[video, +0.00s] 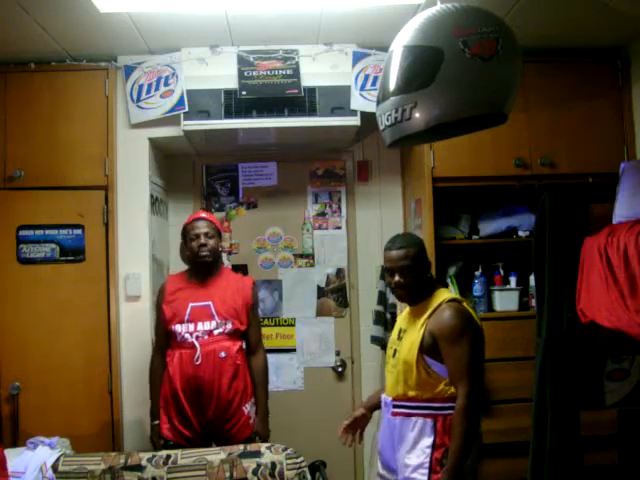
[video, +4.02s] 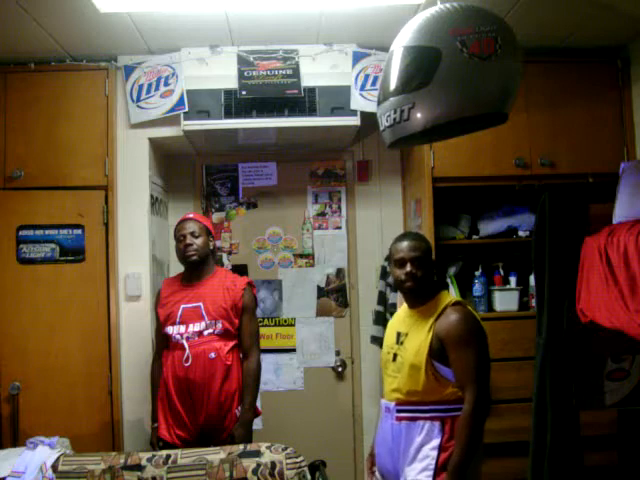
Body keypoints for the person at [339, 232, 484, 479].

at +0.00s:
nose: (397, 281)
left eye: (406, 272)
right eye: (390, 273)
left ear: (426, 268)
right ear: (384, 273)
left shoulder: (450, 318)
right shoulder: (408, 311)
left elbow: (467, 395)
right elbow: (406, 380)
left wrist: (450, 469)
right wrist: (367, 407)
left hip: (428, 446)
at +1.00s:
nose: (382, 272)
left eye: (388, 264)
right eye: (384, 264)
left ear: (410, 268)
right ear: (409, 268)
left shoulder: (458, 319)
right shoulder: (424, 312)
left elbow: (472, 401)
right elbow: (414, 387)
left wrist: (449, 469)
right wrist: (393, 441)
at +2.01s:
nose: (397, 264)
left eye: (408, 258)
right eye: (396, 257)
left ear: (432, 264)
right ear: (394, 258)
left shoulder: (461, 316)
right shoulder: (418, 309)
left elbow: (476, 397)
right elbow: (409, 384)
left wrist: (450, 470)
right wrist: (389, 442)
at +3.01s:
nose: (406, 268)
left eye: (415, 260)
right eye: (399, 261)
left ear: (435, 264)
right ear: (392, 267)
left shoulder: (458, 318)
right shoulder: (407, 312)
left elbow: (478, 395)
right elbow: (403, 388)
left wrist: (455, 468)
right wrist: (383, 445)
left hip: (435, 435)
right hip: (398, 432)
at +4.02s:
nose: (409, 271)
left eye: (417, 262)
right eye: (400, 264)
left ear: (432, 266)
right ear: (390, 271)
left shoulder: (455, 320)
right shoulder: (401, 315)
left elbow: (475, 397)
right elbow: (397, 391)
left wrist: (455, 468)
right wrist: (377, 447)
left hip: (433, 437)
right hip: (392, 434)